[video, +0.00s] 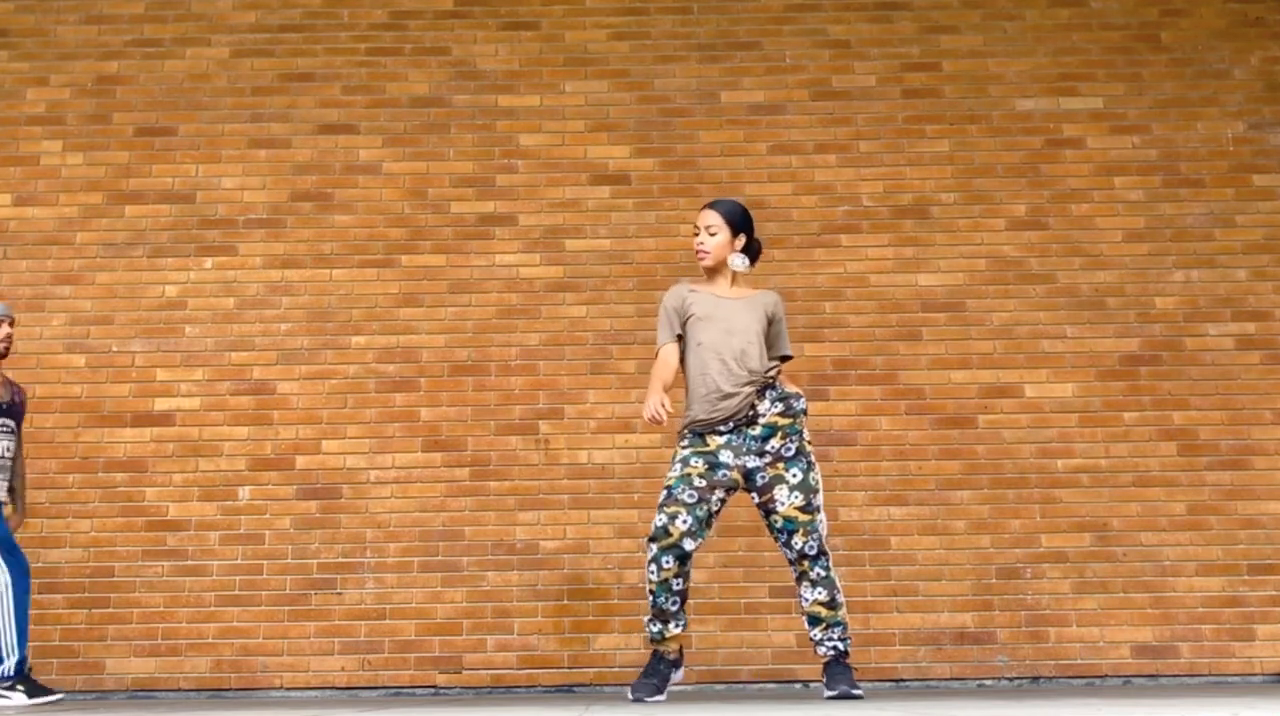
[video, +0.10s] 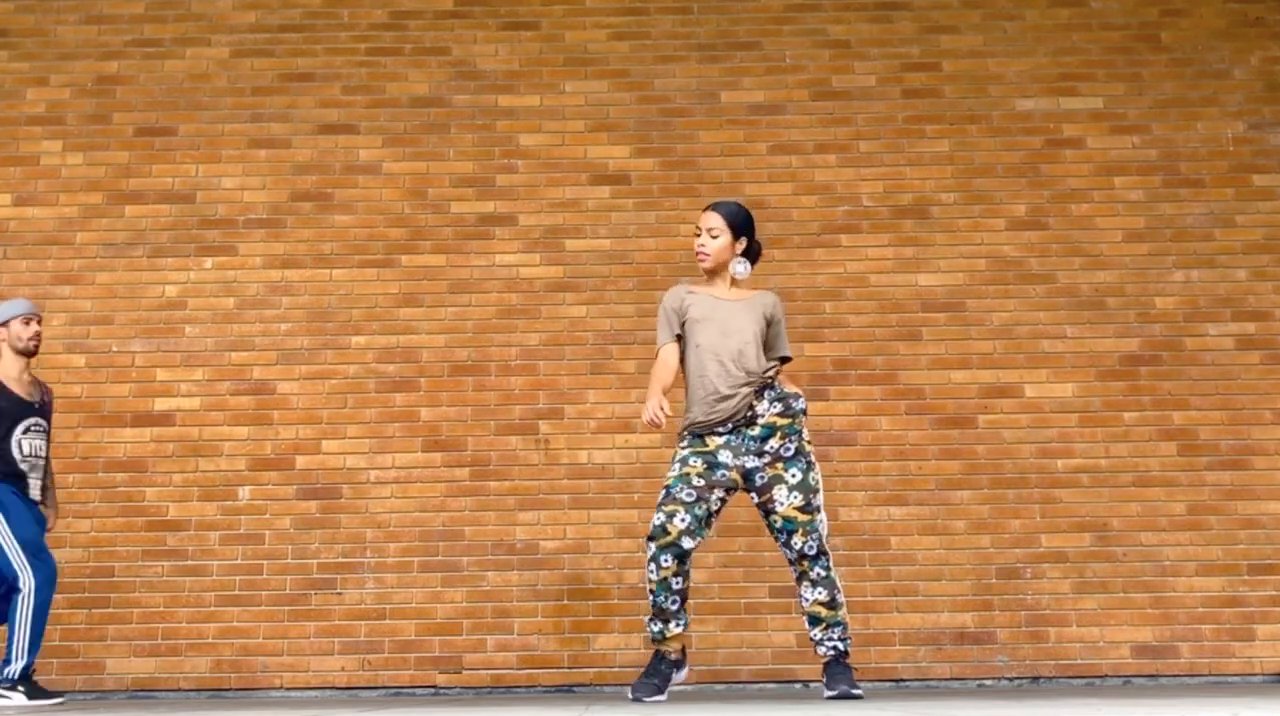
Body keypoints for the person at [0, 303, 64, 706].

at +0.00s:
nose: (7, 332)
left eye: (10, 324)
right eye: (2, 324)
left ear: (13, 333)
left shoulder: (15, 395)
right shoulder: (7, 394)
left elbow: (16, 455)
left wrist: (19, 505)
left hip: (2, 514)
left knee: (15, 572)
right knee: (16, 571)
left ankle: (14, 673)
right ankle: (11, 676)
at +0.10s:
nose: (36, 329)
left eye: (39, 323)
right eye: (26, 322)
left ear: (40, 332)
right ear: (4, 331)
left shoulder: (43, 393)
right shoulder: (1, 384)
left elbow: (41, 453)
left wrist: (49, 501)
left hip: (27, 500)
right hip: (3, 494)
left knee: (15, 583)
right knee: (37, 571)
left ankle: (13, 679)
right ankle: (14, 679)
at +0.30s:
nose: (94, 307)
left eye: (96, 301)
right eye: (85, 300)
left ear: (91, 312)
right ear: (58, 309)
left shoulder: (82, 366)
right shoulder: (40, 356)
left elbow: (73, 425)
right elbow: (16, 417)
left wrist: (87, 467)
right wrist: (53, 464)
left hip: (85, 478)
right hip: (42, 475)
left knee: (101, 565)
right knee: (41, 574)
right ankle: (15, 676)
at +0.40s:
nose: (121, 310)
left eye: (122, 304)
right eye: (112, 303)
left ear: (118, 313)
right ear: (84, 310)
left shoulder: (101, 367)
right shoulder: (66, 353)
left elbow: (89, 425)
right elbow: (48, 409)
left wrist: (110, 467)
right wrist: (103, 433)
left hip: (107, 484)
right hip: (65, 481)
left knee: (125, 572)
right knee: (48, 578)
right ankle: (14, 678)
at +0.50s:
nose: (146, 322)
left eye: (148, 316)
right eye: (138, 314)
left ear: (138, 325)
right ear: (111, 320)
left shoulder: (121, 381)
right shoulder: (90, 362)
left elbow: (109, 442)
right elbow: (97, 415)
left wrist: (129, 479)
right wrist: (154, 430)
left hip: (126, 495)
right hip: (86, 489)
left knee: (150, 579)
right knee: (67, 584)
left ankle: (187, 665)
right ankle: (16, 677)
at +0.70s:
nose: (207, 311)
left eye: (209, 304)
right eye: (199, 302)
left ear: (199, 313)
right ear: (171, 308)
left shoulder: (183, 362)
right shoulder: (157, 343)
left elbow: (181, 421)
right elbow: (175, 402)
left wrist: (203, 456)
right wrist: (210, 445)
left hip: (188, 484)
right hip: (149, 478)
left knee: (186, 581)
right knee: (119, 570)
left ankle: (199, 674)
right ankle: (46, 653)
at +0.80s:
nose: (236, 303)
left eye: (237, 296)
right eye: (227, 295)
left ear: (228, 306)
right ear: (200, 302)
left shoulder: (215, 357)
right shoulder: (186, 339)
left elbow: (213, 418)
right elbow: (202, 407)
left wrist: (230, 459)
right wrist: (229, 447)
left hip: (212, 479)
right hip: (178, 472)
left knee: (203, 580)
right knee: (152, 565)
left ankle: (202, 675)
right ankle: (90, 656)